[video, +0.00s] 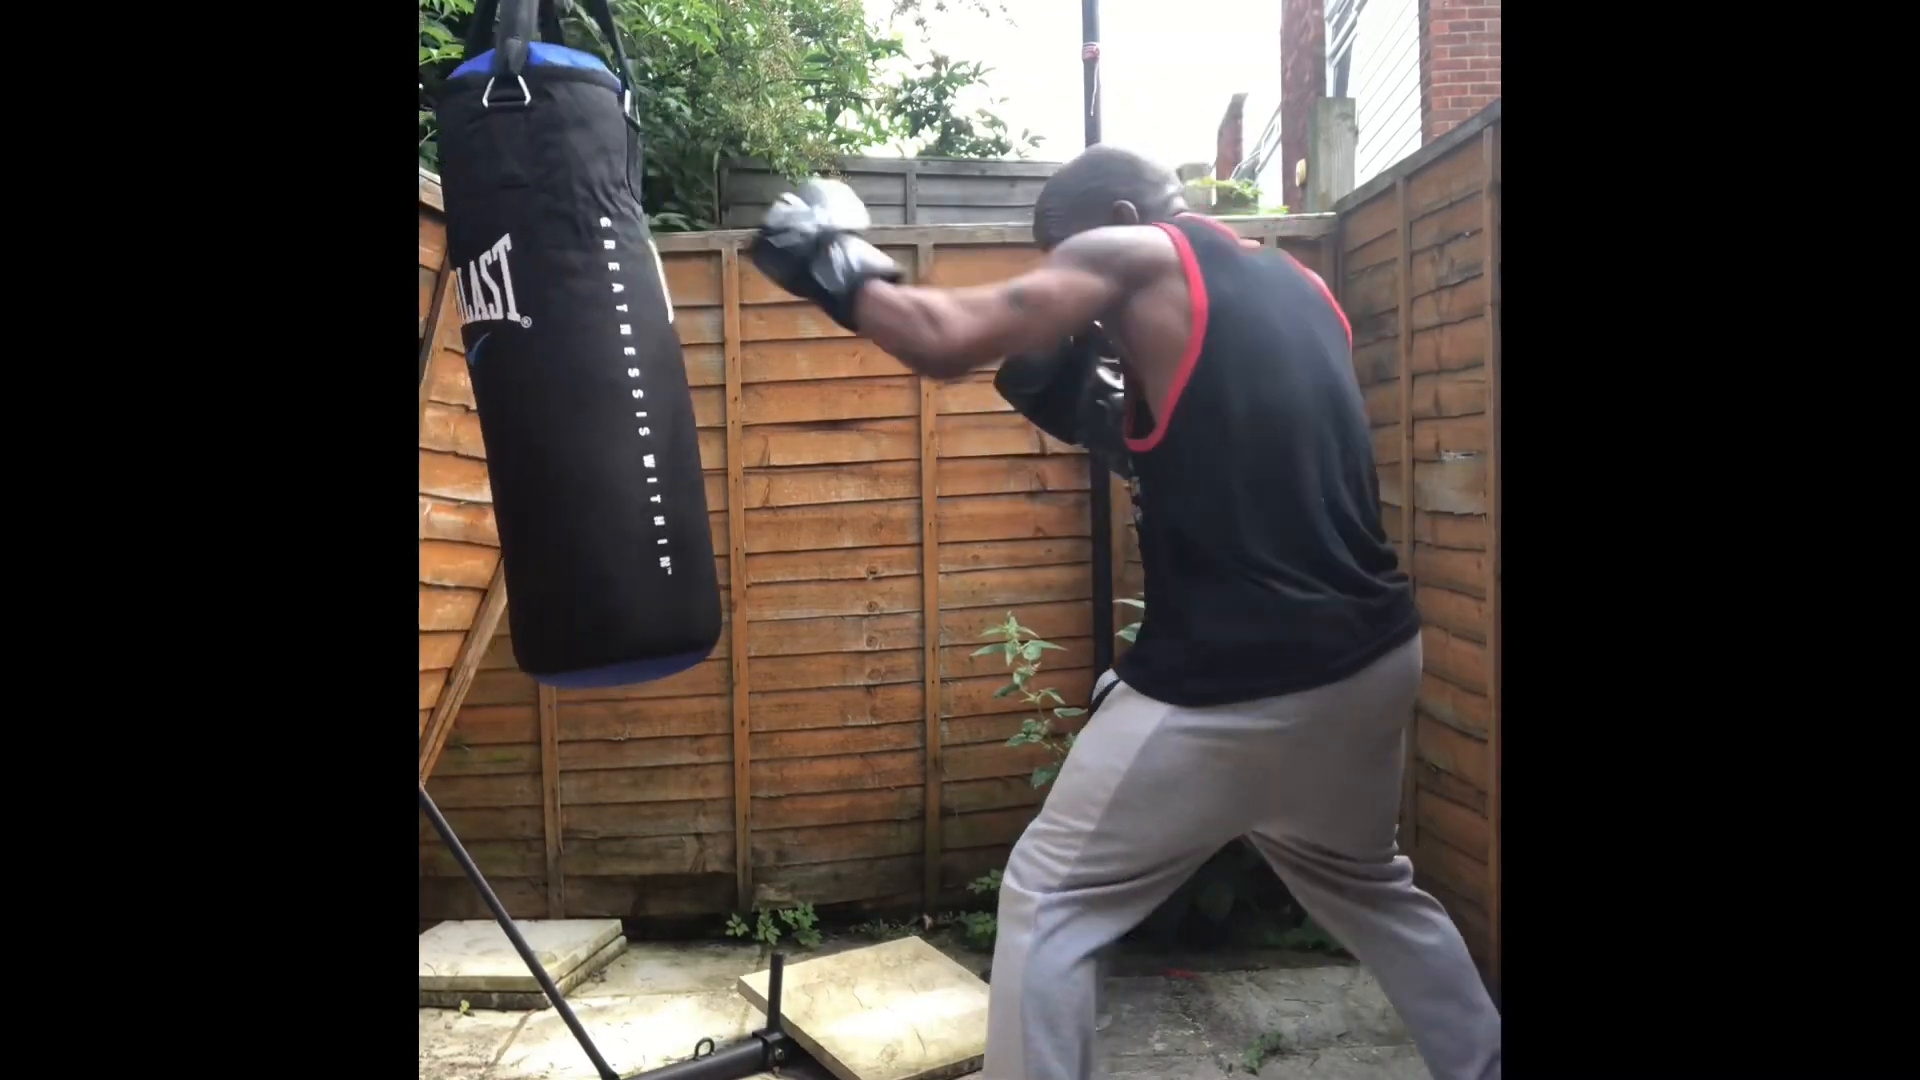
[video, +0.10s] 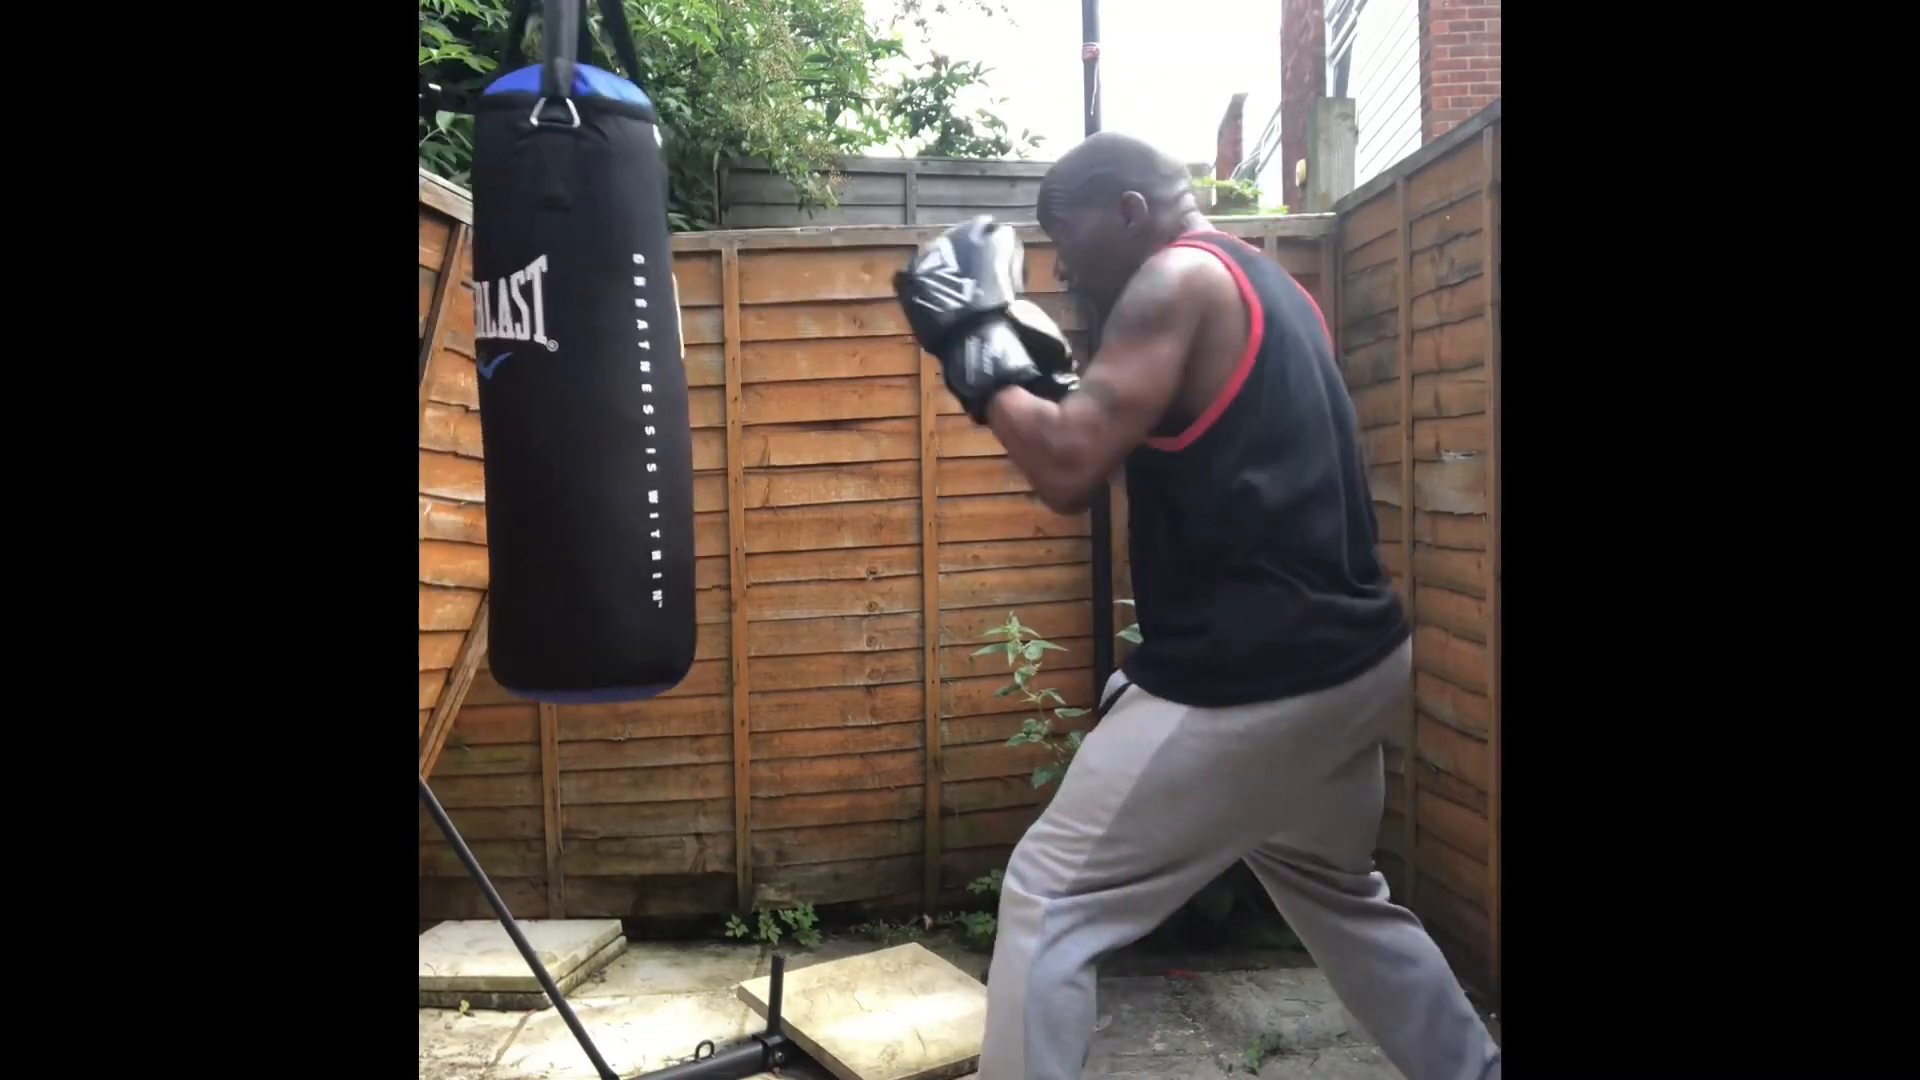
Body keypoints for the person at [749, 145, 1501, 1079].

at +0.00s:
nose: (1055, 273)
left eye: (1060, 253)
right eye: (1055, 256)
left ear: (1102, 226)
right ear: (1171, 204)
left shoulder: (1129, 249)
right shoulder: (1300, 283)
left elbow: (940, 335)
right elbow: (1234, 460)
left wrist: (833, 265)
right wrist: (1095, 415)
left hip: (1218, 675)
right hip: (1371, 655)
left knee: (1048, 900)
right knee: (1365, 877)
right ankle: (1480, 1056)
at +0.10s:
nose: (1056, 262)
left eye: (1061, 233)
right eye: (1049, 240)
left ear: (1129, 210)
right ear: (1156, 210)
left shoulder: (1175, 278)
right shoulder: (1261, 277)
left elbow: (1065, 471)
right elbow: (1167, 432)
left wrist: (968, 345)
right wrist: (1050, 366)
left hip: (1234, 676)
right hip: (1351, 654)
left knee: (1049, 895)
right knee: (1333, 887)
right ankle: (1470, 1065)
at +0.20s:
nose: (1054, 247)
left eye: (1060, 217)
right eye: (1045, 226)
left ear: (1134, 193)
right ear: (1138, 200)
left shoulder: (1240, 307)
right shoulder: (1165, 314)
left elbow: (1151, 523)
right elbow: (1133, 490)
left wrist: (1058, 373)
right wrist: (1003, 458)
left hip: (1253, 673)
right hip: (1302, 662)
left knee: (1062, 895)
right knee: (1318, 895)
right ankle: (1472, 1067)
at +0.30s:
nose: (1061, 280)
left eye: (1068, 248)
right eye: (1049, 258)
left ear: (1143, 209)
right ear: (1135, 218)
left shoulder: (1266, 328)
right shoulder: (1138, 330)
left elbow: (1202, 549)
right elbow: (1108, 498)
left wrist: (1082, 405)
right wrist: (992, 463)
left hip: (1265, 683)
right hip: (1225, 672)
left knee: (1061, 895)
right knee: (1298, 908)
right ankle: (1468, 1064)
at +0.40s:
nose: (1041, 260)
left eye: (1051, 231)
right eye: (1036, 237)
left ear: (1138, 212)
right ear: (1140, 219)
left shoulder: (1255, 322)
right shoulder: (1132, 331)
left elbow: (1248, 547)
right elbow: (1134, 494)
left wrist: (1085, 457)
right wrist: (1042, 443)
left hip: (1264, 689)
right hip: (1230, 676)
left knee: (1064, 899)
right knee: (1293, 895)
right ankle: (1469, 1059)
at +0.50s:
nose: (1060, 241)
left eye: (1069, 214)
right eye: (1054, 219)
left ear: (1150, 200)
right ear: (1161, 205)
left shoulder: (1219, 297)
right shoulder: (1232, 283)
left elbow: (1272, 509)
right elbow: (1160, 483)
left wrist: (1096, 483)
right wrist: (1093, 342)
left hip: (1256, 680)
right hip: (1340, 662)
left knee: (1083, 901)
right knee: (1326, 883)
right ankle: (1473, 1062)